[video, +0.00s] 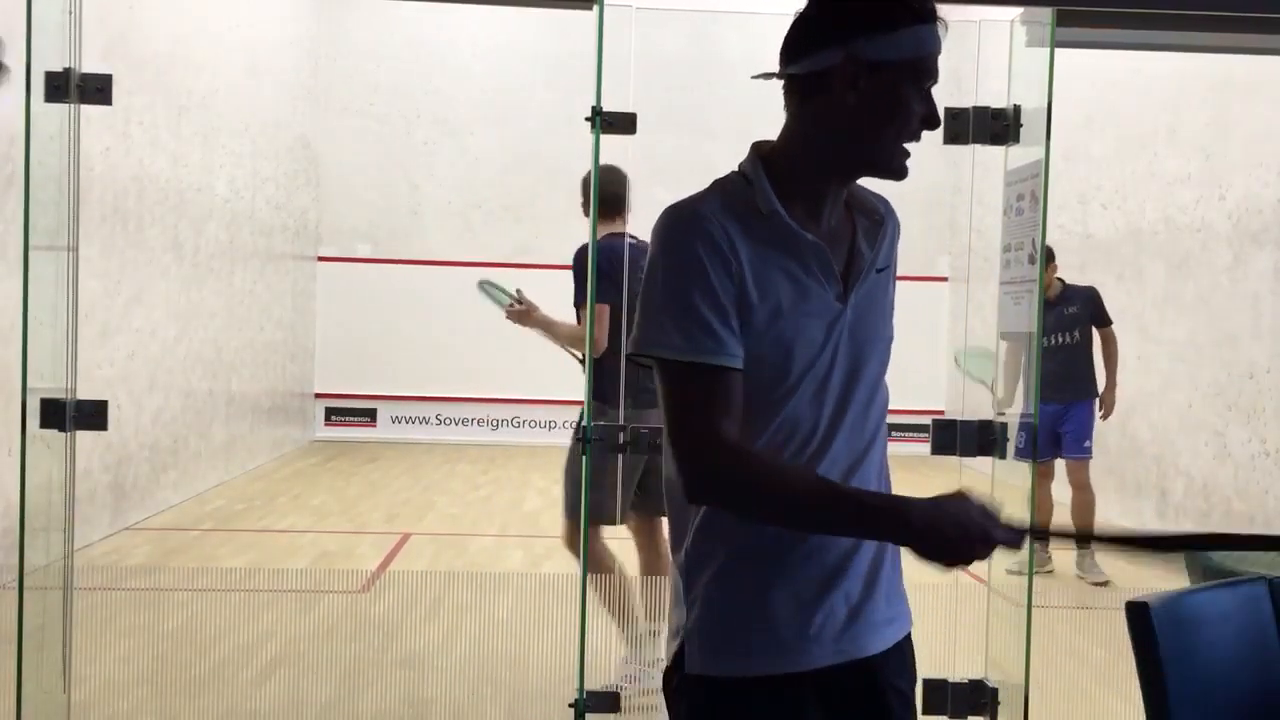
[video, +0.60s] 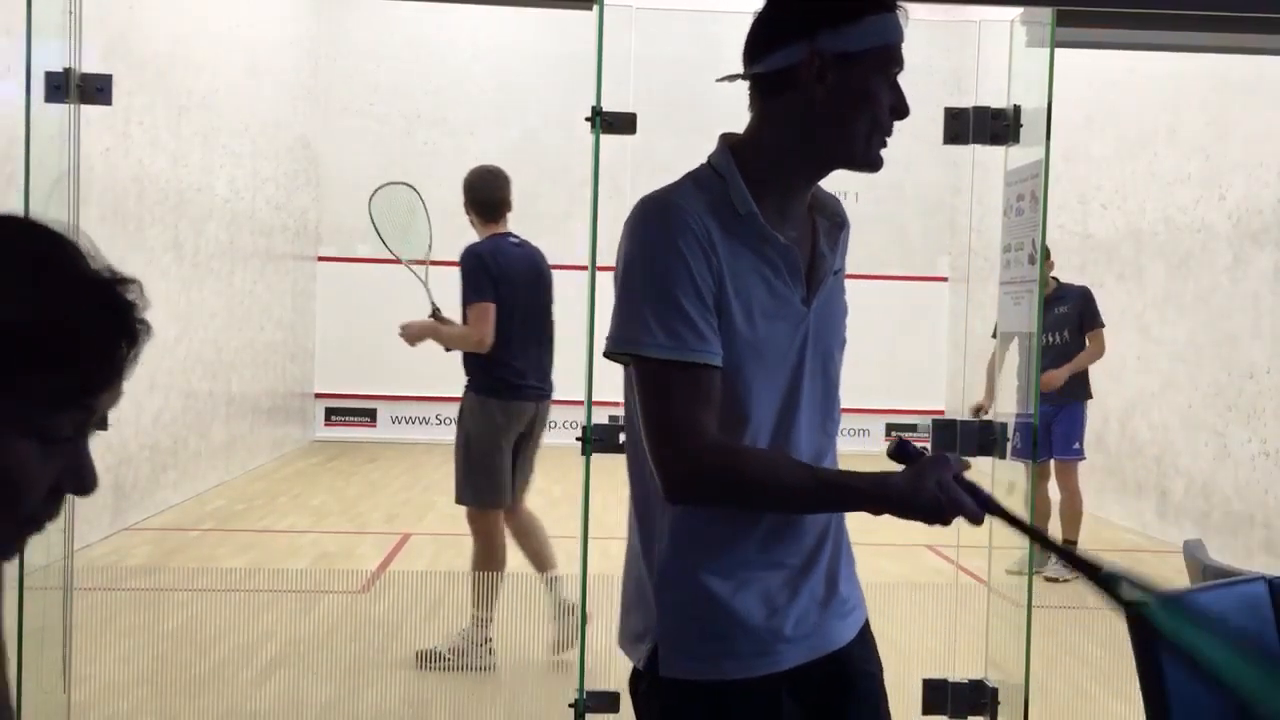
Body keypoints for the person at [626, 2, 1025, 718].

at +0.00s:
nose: (934, 114)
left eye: (932, 87)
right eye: (919, 84)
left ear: (852, 86)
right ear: (845, 81)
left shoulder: (876, 225)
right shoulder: (702, 235)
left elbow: (849, 418)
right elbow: (706, 464)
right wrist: (908, 520)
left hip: (872, 632)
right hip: (747, 651)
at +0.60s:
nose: (904, 107)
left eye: (898, 79)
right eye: (886, 76)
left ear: (819, 79)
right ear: (814, 75)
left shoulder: (825, 223)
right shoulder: (674, 227)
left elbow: (790, 419)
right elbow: (688, 465)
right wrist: (884, 492)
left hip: (828, 623)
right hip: (712, 648)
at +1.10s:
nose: (847, 110)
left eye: (840, 83)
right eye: (828, 83)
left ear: (760, 89)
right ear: (758, 88)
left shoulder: (789, 223)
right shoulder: (620, 242)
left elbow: (750, 398)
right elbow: (589, 466)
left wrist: (811, 458)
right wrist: (789, 495)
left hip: (796, 604)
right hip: (682, 629)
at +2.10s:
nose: (772, 138)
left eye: (765, 118)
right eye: (751, 119)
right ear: (682, 130)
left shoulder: (762, 242)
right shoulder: (592, 257)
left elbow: (813, 370)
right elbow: (539, 426)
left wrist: (829, 357)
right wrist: (678, 499)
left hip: (747, 568)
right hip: (650, 575)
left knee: (751, 713)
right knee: (658, 715)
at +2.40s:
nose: (705, 132)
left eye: (698, 113)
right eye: (686, 112)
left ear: (619, 129)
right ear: (614, 127)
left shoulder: (710, 241)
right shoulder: (525, 263)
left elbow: (777, 349)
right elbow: (481, 430)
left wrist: (788, 367)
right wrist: (598, 504)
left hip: (710, 582)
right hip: (596, 594)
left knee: (720, 712)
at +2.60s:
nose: (641, 132)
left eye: (636, 112)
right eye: (621, 113)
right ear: (554, 123)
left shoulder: (654, 240)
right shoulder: (460, 259)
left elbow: (714, 370)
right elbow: (414, 420)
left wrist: (723, 392)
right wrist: (494, 510)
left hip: (645, 575)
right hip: (519, 585)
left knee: (682, 712)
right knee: (500, 717)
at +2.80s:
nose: (586, 142)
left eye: (587, 122)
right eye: (563, 123)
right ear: (495, 127)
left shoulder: (605, 242)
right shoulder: (407, 261)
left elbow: (653, 383)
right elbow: (354, 416)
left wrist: (637, 411)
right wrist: (394, 537)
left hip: (587, 579)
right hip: (456, 581)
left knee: (624, 711)